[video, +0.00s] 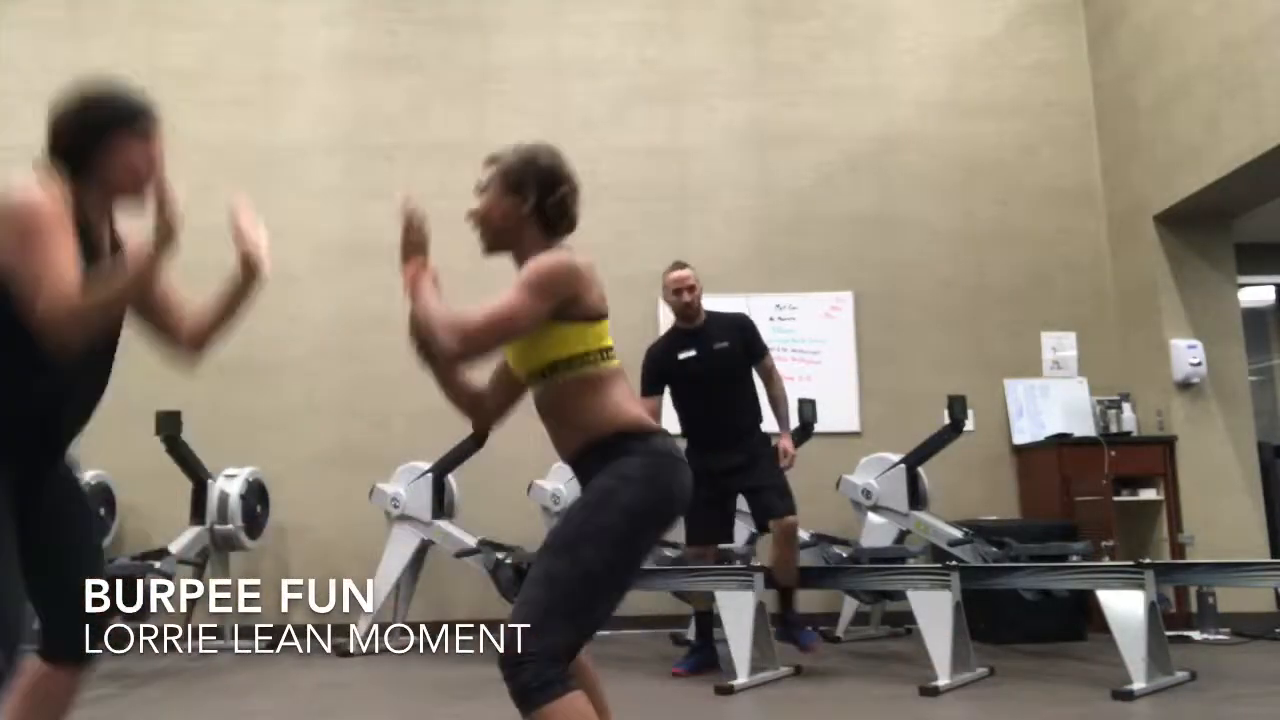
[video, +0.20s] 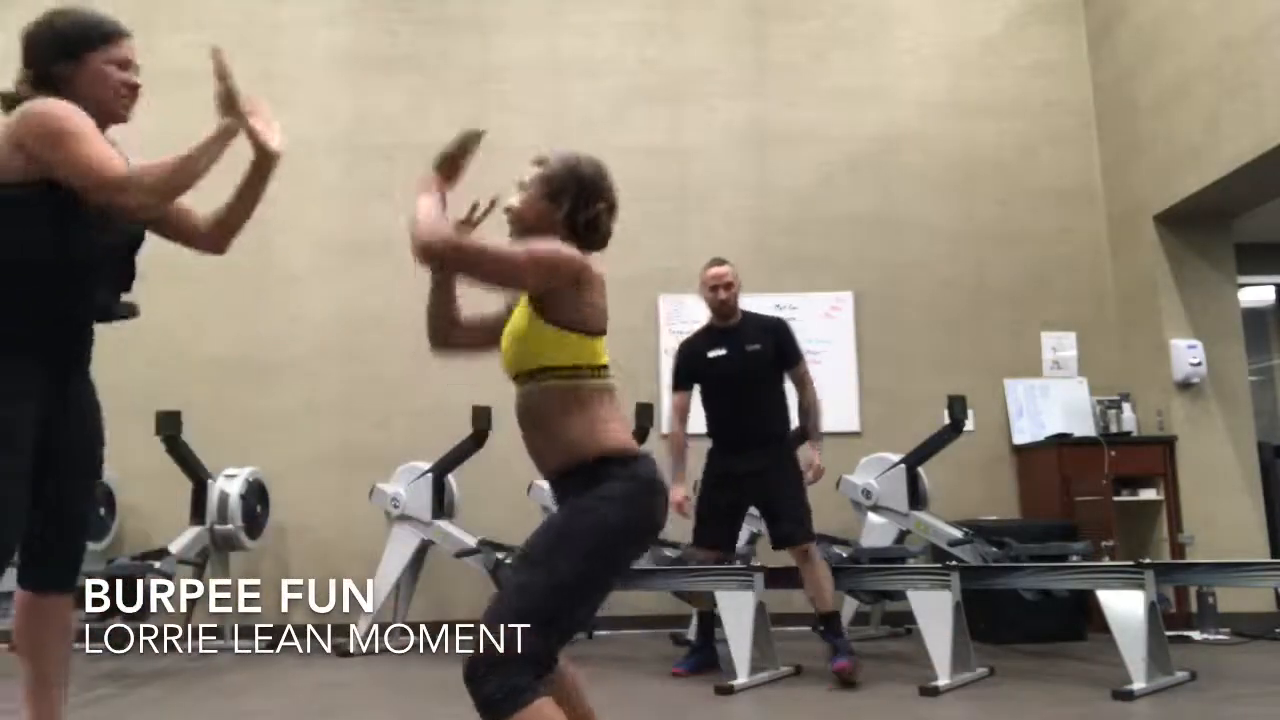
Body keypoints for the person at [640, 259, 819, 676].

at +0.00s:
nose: (687, 297)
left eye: (691, 288)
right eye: (678, 292)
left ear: (701, 290)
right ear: (666, 299)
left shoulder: (737, 327)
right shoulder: (659, 354)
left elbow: (771, 378)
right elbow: (650, 419)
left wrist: (785, 432)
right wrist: (656, 472)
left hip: (752, 450)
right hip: (703, 458)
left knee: (785, 523)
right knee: (700, 551)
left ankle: (787, 620)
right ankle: (703, 643)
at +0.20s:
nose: (722, 295)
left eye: (728, 286)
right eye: (714, 288)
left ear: (739, 288)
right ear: (702, 295)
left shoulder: (773, 331)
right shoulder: (691, 350)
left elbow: (805, 386)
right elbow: (678, 420)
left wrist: (813, 444)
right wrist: (678, 481)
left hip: (777, 460)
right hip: (725, 464)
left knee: (804, 549)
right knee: (706, 554)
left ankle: (838, 644)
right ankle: (704, 644)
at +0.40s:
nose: (766, 280)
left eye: (774, 271)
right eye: (760, 272)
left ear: (791, 275)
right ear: (751, 278)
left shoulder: (823, 322)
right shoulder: (738, 331)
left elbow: (858, 379)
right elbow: (730, 398)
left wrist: (868, 446)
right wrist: (733, 461)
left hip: (814, 452)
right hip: (764, 453)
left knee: (828, 551)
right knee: (747, 551)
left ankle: (843, 654)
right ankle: (736, 647)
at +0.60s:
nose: (773, 275)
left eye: (782, 266)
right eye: (767, 268)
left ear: (802, 270)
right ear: (761, 274)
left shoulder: (836, 318)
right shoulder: (754, 327)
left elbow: (871, 377)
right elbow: (750, 395)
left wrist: (877, 446)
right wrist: (764, 449)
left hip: (832, 444)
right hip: (784, 446)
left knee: (836, 545)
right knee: (781, 540)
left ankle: (845, 651)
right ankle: (815, 627)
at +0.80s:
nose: (766, 275)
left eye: (774, 266)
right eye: (759, 268)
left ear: (796, 268)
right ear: (755, 275)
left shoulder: (835, 315)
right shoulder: (755, 331)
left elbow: (871, 376)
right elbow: (750, 399)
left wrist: (866, 446)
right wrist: (755, 457)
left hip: (845, 447)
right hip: (796, 450)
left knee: (850, 549)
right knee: (804, 549)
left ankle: (847, 650)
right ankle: (834, 625)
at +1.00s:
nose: (751, 274)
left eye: (758, 265)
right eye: (746, 269)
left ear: (783, 265)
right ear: (743, 277)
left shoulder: (824, 311)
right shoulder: (749, 333)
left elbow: (858, 373)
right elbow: (745, 402)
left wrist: (854, 441)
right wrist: (744, 465)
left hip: (838, 447)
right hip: (789, 449)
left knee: (845, 549)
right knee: (791, 537)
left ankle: (846, 650)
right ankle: (813, 632)